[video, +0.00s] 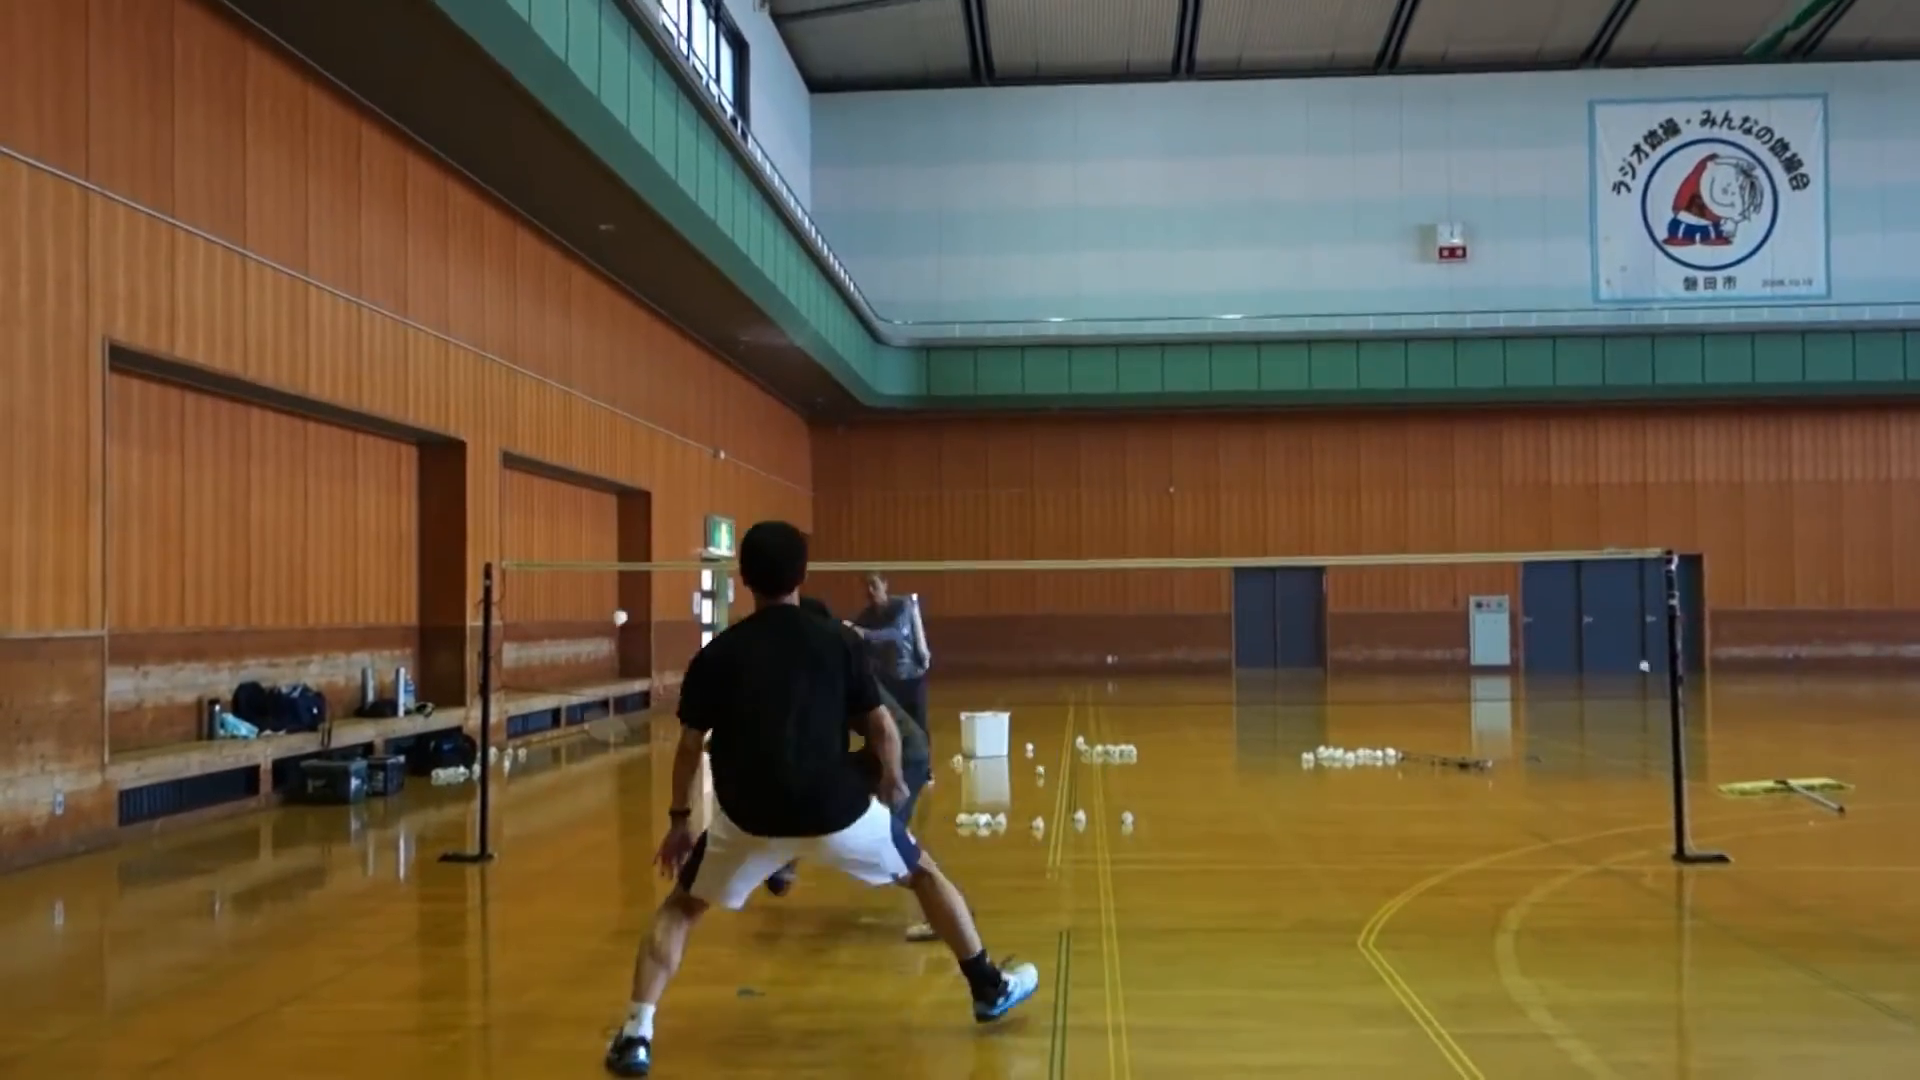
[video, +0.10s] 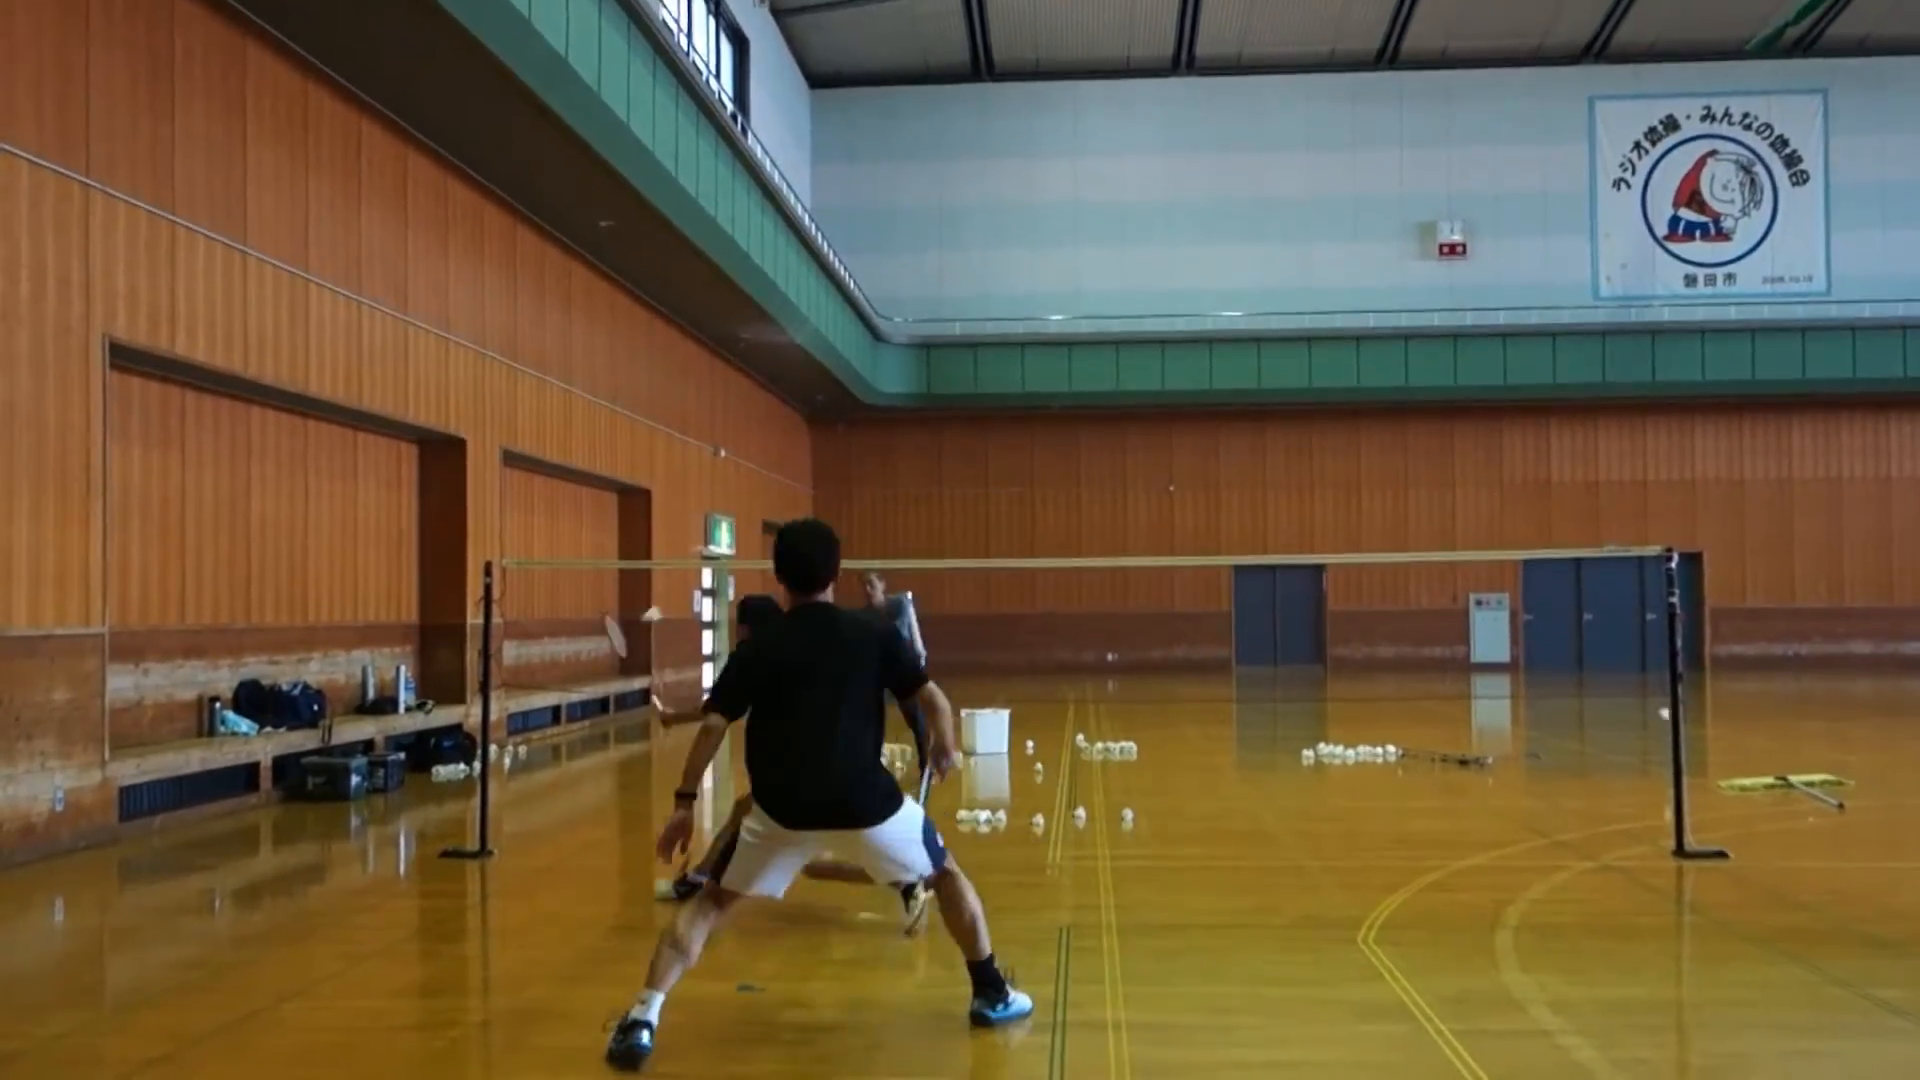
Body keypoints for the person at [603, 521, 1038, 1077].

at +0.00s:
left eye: (750, 565)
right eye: (797, 566)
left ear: (744, 576)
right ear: (803, 574)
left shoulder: (717, 653)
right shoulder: (837, 640)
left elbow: (689, 746)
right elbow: (882, 728)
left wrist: (680, 820)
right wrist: (891, 780)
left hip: (746, 817)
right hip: (836, 812)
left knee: (682, 906)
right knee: (923, 873)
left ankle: (636, 1032)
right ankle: (987, 984)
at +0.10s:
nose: (777, 575)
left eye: (777, 568)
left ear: (779, 576)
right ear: (837, 574)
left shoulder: (758, 646)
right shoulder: (875, 635)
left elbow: (712, 727)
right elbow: (932, 698)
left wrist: (684, 805)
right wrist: (945, 745)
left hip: (780, 810)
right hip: (866, 805)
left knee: (709, 903)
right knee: (946, 874)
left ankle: (643, 1016)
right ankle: (990, 990)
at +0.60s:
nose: (1098, 522)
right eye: (1099, 515)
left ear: (1043, 520)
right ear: (1097, 525)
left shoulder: (1008, 574)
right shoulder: (1108, 594)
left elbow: (933, 575)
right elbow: (1161, 651)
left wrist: (923, 535)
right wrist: (1184, 650)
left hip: (1000, 745)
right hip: (1073, 747)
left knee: (939, 841)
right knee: (1148, 839)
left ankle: (858, 903)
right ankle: (1138, 948)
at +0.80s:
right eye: (1159, 470)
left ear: (1115, 478)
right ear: (1166, 478)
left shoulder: (1101, 534)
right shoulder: (1195, 540)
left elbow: (1023, 532)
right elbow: (1223, 603)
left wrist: (1065, 517)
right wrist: (1241, 629)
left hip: (1141, 691)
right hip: (1205, 690)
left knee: (1092, 799)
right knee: (1183, 797)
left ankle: (1168, 867)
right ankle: (1206, 824)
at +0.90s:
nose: (1207, 494)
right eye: (1208, 487)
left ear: (1160, 491)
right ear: (1208, 495)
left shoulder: (1139, 540)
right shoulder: (1224, 551)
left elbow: (1073, 528)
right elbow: (1261, 613)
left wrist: (1069, 506)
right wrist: (1286, 607)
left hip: (1193, 693)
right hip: (1247, 690)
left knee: (1149, 802)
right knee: (1238, 730)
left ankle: (1198, 886)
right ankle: (1268, 799)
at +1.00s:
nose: (1276, 508)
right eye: (1275, 502)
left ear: (1225, 501)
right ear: (1270, 510)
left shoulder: (1194, 547)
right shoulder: (1278, 565)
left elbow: (1130, 547)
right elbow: (1296, 610)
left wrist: (1070, 531)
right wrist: (1317, 586)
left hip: (1206, 687)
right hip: (1268, 684)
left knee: (1171, 784)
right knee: (1297, 739)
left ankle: (1182, 839)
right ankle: (1314, 795)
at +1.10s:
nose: (1315, 529)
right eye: (1316, 523)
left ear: (1271, 527)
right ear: (1313, 532)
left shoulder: (1243, 568)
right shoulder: (1315, 582)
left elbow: (1193, 580)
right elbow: (1327, 595)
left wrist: (1132, 589)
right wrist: (1349, 590)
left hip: (1231, 702)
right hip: (1291, 703)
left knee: (1190, 789)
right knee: (1331, 756)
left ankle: (1198, 850)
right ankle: (1351, 812)